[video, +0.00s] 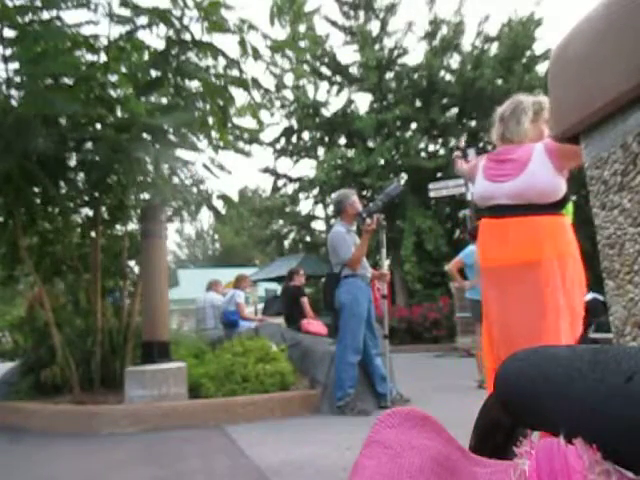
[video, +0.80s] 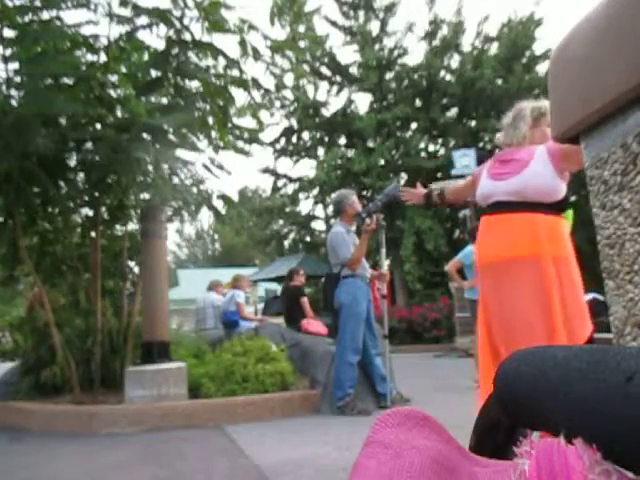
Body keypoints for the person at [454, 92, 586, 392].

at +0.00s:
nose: (550, 129)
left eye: (550, 122)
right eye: (546, 122)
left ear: (503, 128)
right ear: (534, 124)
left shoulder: (484, 163)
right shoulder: (549, 151)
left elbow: (466, 169)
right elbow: (589, 149)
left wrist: (460, 163)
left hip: (495, 239)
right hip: (543, 238)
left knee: (502, 319)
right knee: (552, 316)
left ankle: (505, 394)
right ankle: (552, 393)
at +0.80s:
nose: (552, 133)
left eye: (552, 125)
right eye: (547, 125)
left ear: (512, 130)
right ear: (530, 127)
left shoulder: (489, 166)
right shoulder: (551, 153)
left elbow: (461, 191)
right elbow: (595, 150)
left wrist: (423, 195)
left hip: (493, 238)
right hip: (538, 238)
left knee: (501, 325)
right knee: (548, 319)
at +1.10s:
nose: (541, 149)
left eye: (540, 143)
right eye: (536, 143)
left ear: (497, 150)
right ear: (522, 145)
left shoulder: (474, 185)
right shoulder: (542, 173)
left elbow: (456, 235)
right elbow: (590, 197)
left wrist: (438, 233)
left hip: (485, 248)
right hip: (532, 243)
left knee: (493, 332)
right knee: (540, 324)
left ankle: (497, 414)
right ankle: (547, 408)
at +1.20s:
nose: (525, 152)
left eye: (524, 147)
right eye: (523, 147)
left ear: (483, 152)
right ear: (518, 151)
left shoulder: (466, 184)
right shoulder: (539, 180)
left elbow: (454, 239)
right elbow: (564, 232)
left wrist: (443, 234)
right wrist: (560, 251)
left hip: (486, 245)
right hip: (533, 242)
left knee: (490, 330)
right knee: (540, 324)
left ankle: (493, 417)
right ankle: (546, 406)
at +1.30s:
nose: (468, 156)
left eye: (469, 151)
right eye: (468, 152)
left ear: (476, 149)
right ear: (512, 150)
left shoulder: (473, 174)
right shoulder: (525, 177)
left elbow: (450, 227)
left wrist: (437, 221)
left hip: (492, 248)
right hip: (538, 246)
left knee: (491, 332)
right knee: (545, 326)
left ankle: (492, 421)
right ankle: (549, 408)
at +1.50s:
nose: (446, 160)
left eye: (450, 150)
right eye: (444, 153)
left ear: (472, 145)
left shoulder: (505, 161)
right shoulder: (460, 184)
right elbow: (418, 202)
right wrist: (414, 169)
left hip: (521, 243)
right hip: (484, 250)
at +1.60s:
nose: (438, 153)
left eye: (442, 144)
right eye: (435, 147)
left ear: (467, 140)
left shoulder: (508, 167)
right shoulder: (446, 186)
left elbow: (537, 201)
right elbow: (404, 199)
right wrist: (406, 159)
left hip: (523, 254)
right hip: (478, 266)